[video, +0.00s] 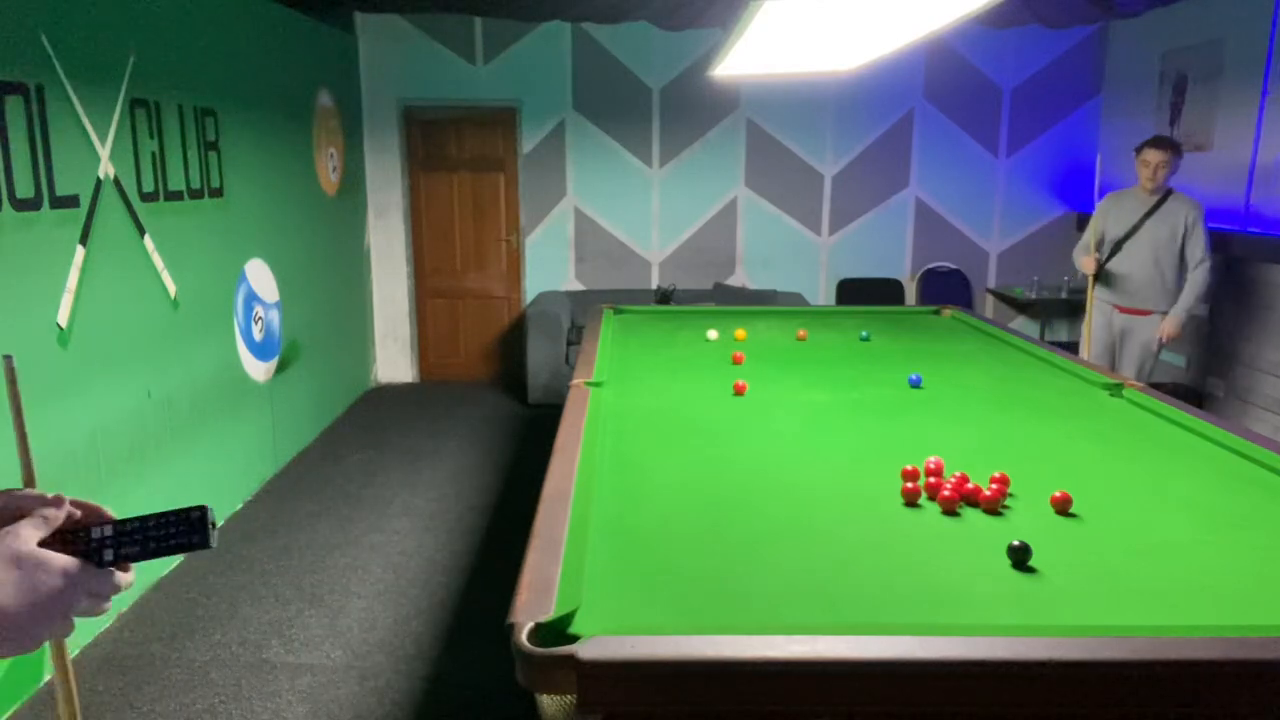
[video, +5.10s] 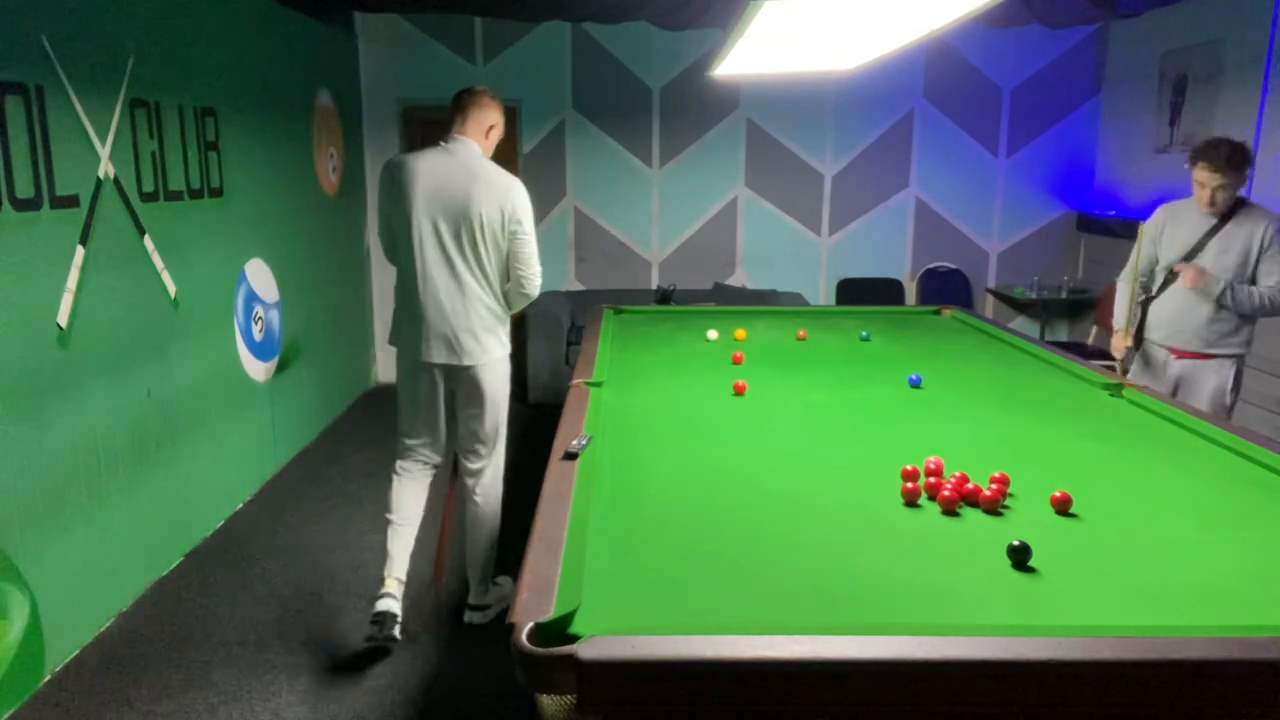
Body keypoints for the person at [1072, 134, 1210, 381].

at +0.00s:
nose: (1152, 172)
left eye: (1161, 166)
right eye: (1146, 164)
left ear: (1173, 170)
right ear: (1136, 163)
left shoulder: (1187, 212)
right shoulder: (1111, 203)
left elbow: (1200, 268)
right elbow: (1082, 248)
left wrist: (1177, 316)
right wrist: (1084, 260)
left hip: (1149, 318)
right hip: (1103, 310)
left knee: (1128, 395)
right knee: (1089, 386)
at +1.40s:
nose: (1171, 180)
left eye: (1180, 172)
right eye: (1163, 172)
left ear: (1195, 171)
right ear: (1153, 171)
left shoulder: (1214, 216)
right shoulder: (1129, 210)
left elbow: (1223, 280)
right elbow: (1103, 258)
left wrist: (1218, 338)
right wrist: (1095, 291)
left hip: (1176, 338)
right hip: (1124, 330)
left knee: (1160, 423)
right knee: (1100, 412)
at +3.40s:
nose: (1161, 189)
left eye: (1171, 181)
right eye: (1159, 180)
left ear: (1202, 175)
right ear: (1156, 176)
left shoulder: (1228, 224)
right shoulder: (1153, 213)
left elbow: (1235, 302)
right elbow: (1127, 276)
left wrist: (1173, 343)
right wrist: (1094, 328)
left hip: (1182, 366)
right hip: (1131, 352)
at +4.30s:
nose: (1119, 190)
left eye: (1126, 181)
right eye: (1114, 182)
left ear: (1154, 170)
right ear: (1110, 179)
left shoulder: (1186, 217)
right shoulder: (1107, 213)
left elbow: (1191, 291)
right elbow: (1087, 273)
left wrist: (1127, 325)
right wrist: (1075, 325)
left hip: (1153, 355)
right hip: (1102, 349)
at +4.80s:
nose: (1140, 194)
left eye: (1151, 185)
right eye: (1133, 183)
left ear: (1176, 177)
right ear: (1128, 177)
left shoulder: (1204, 224)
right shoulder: (1111, 215)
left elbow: (1217, 294)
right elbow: (1087, 274)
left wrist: (1176, 339)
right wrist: (1078, 325)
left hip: (1167, 363)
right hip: (1110, 354)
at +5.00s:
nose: (1177, 194)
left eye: (1190, 185)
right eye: (1170, 183)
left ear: (1214, 179)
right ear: (1164, 176)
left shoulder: (1238, 228)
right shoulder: (1143, 215)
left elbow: (1251, 297)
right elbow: (1112, 275)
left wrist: (1198, 329)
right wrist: (1100, 329)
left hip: (1194, 366)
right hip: (1136, 357)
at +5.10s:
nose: (1208, 198)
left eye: (1221, 188)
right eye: (1200, 185)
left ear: (1242, 183)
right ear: (1192, 177)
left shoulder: (1263, 228)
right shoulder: (1165, 217)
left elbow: (1272, 298)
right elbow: (1132, 277)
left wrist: (1215, 286)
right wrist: (1121, 329)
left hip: (1212, 369)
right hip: (1150, 359)